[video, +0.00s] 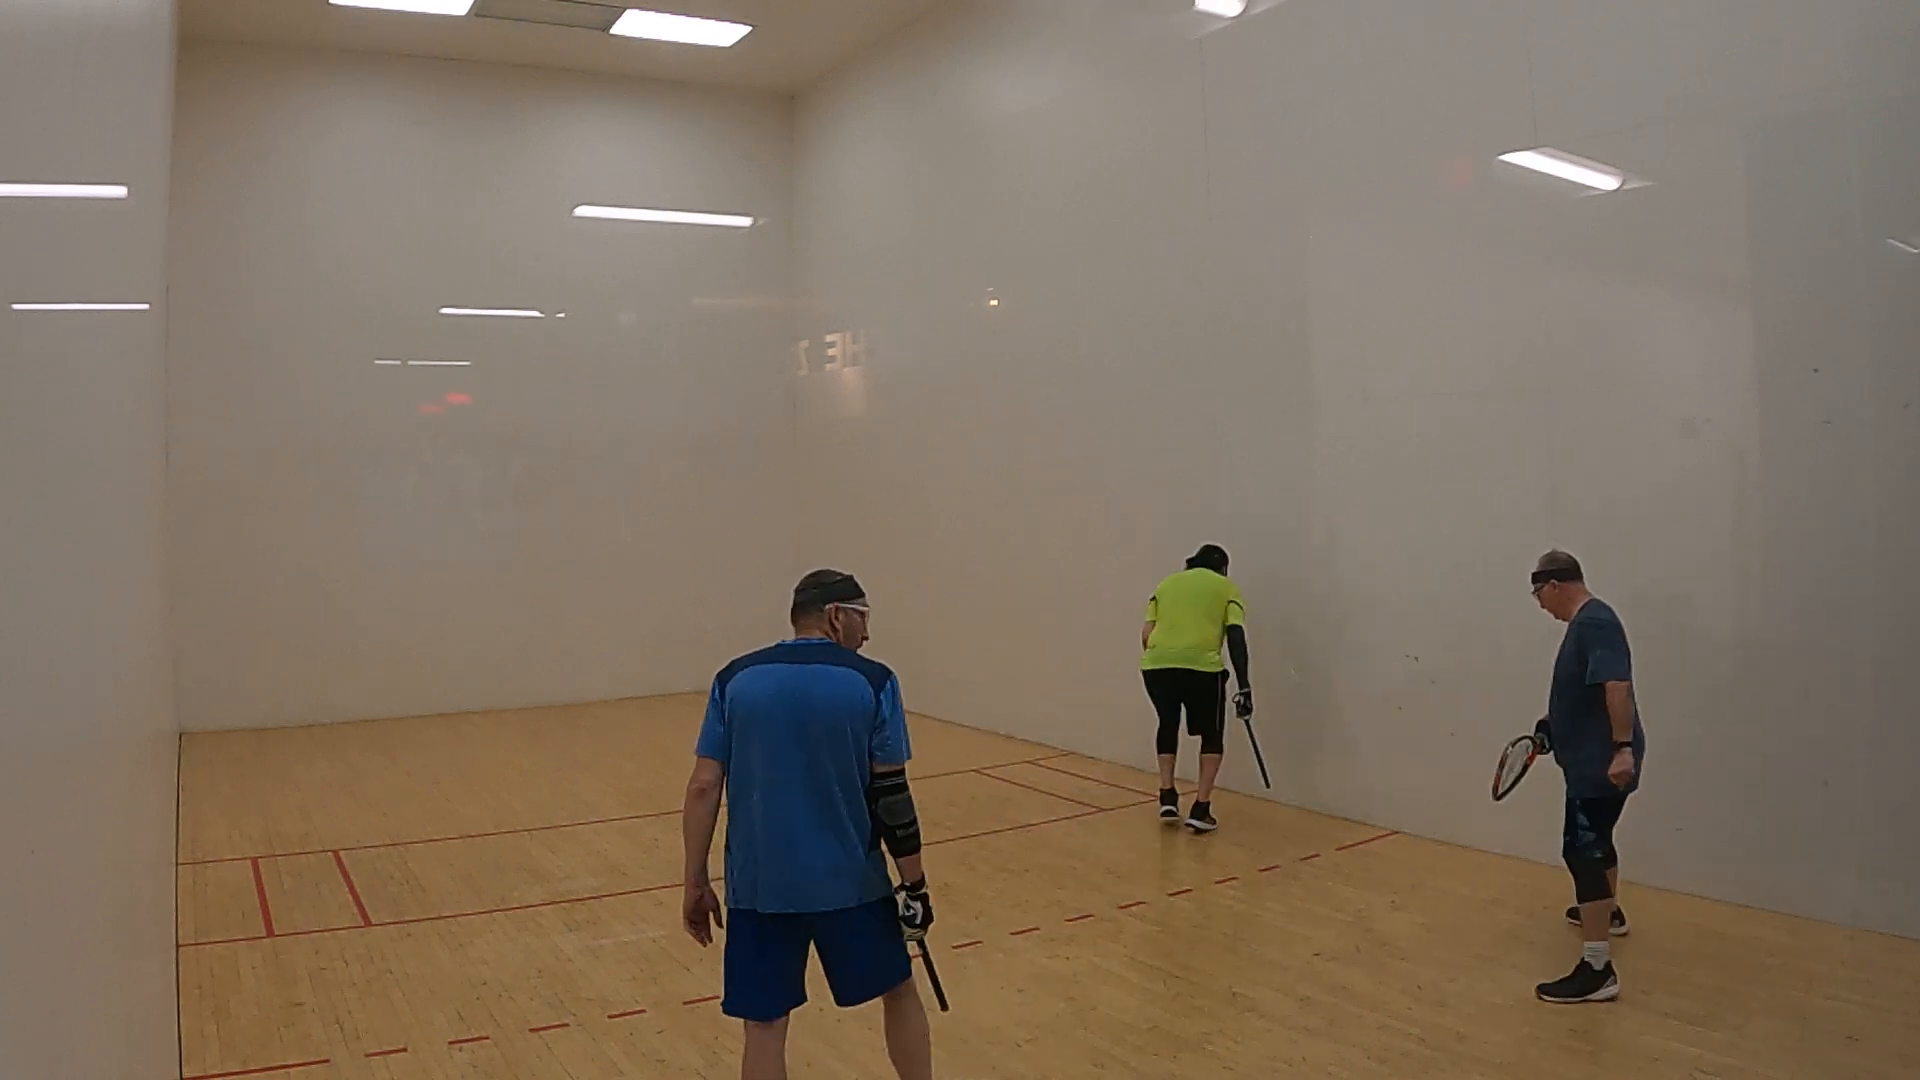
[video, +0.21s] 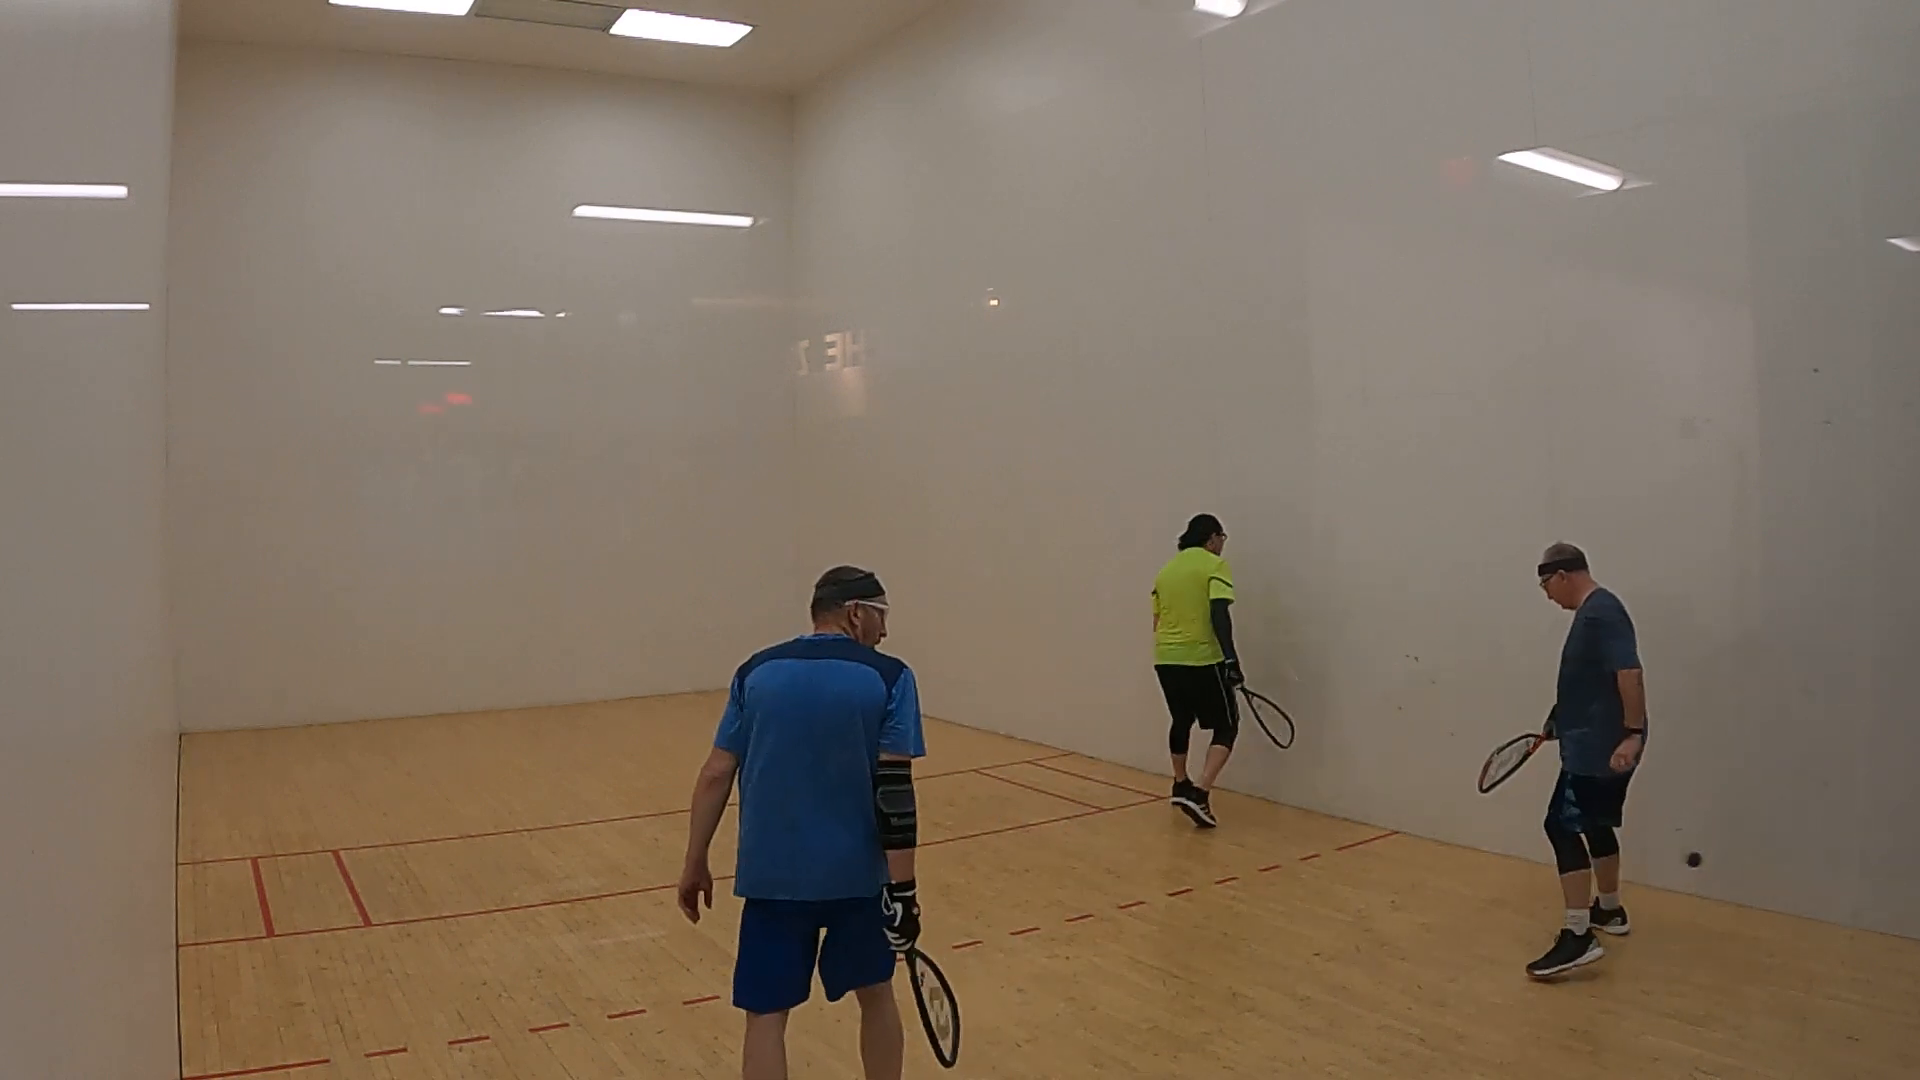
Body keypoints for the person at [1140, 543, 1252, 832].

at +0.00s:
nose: (1227, 575)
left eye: (1226, 571)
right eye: (1227, 571)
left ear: (1193, 563)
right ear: (1221, 567)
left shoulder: (1166, 584)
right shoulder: (1227, 587)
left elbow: (1147, 632)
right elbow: (1235, 635)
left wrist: (1157, 666)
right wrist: (1245, 688)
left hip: (1157, 669)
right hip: (1202, 672)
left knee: (1167, 723)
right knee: (1211, 736)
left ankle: (1167, 796)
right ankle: (1201, 808)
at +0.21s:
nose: (1222, 546)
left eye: (1223, 540)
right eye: (1221, 540)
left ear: (1190, 538)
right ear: (1211, 538)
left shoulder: (1166, 570)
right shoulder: (1215, 565)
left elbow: (1158, 622)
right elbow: (1219, 614)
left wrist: (1171, 652)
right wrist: (1232, 660)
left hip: (1166, 662)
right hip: (1203, 661)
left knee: (1181, 720)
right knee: (1227, 726)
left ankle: (1180, 784)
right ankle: (1201, 792)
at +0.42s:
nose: (1227, 526)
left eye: (1227, 520)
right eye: (1222, 519)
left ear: (1201, 523)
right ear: (1203, 522)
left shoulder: (1184, 551)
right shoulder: (1204, 555)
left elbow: (1198, 607)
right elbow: (1197, 608)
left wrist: (1232, 601)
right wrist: (1217, 650)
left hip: (1177, 648)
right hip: (1195, 651)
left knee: (1196, 711)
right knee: (1222, 718)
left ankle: (1182, 783)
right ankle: (1183, 785)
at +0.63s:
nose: (1229, 522)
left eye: (1231, 516)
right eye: (1222, 516)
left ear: (1229, 519)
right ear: (1203, 519)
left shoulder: (1215, 552)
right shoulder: (1193, 553)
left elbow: (1224, 595)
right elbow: (1181, 605)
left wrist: (1257, 594)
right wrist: (1212, 639)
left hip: (1202, 646)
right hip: (1187, 646)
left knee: (1196, 713)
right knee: (1212, 714)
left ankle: (1175, 778)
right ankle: (1195, 787)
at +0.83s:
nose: (1225, 522)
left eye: (1228, 516)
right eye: (1218, 516)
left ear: (1229, 519)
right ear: (1200, 520)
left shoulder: (1220, 551)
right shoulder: (1188, 556)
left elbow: (1219, 594)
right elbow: (1176, 608)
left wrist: (1252, 596)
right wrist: (1207, 641)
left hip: (1217, 646)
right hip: (1191, 649)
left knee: (1213, 712)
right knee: (1206, 715)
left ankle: (1178, 771)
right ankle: (1204, 788)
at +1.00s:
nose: (1222, 525)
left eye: (1225, 518)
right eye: (1214, 519)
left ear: (1228, 520)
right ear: (1195, 523)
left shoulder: (1222, 552)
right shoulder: (1183, 560)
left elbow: (1224, 596)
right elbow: (1174, 612)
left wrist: (1256, 598)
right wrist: (1205, 643)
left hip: (1227, 649)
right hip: (1193, 654)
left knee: (1241, 712)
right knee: (1203, 720)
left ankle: (1202, 761)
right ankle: (1205, 789)